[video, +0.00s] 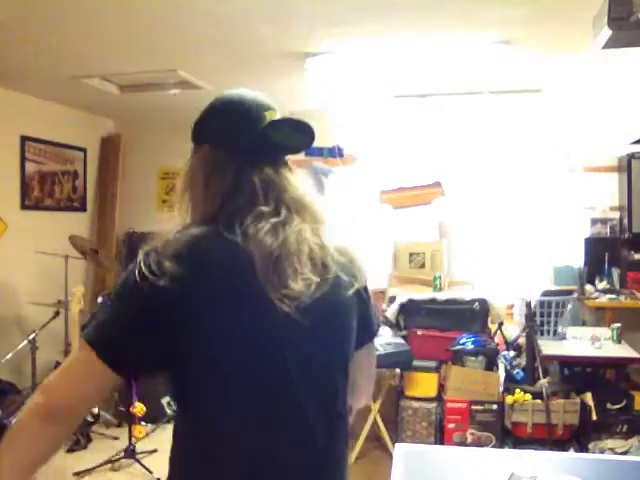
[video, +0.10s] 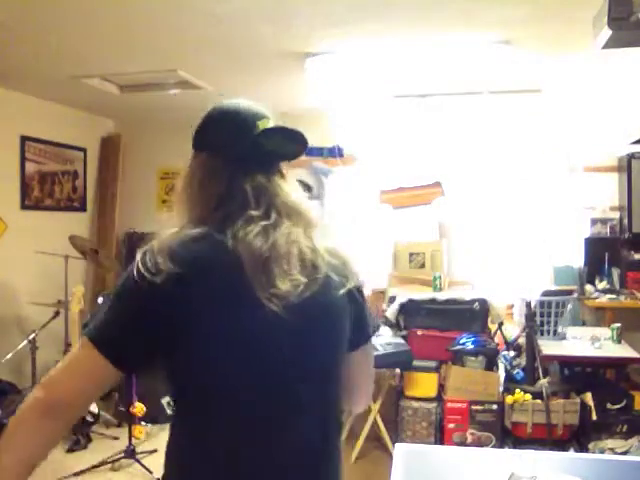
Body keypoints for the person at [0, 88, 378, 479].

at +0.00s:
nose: (188, 177)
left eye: (193, 164)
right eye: (190, 164)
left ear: (207, 169)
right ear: (286, 169)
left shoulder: (180, 266)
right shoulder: (342, 269)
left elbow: (57, 406)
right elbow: (360, 395)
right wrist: (320, 451)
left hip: (209, 467)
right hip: (318, 469)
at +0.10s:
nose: (181, 183)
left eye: (189, 169)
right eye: (185, 170)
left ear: (205, 174)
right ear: (280, 178)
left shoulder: (175, 266)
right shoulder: (334, 270)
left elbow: (56, 400)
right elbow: (358, 396)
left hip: (202, 471)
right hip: (311, 471)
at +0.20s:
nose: (177, 188)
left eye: (185, 175)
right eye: (182, 175)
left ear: (200, 181)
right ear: (272, 183)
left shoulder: (170, 267)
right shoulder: (326, 271)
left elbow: (62, 399)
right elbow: (356, 397)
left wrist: (11, 471)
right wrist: (292, 365)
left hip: (196, 473)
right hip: (304, 474)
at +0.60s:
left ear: (181, 186)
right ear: (250, 186)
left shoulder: (148, 275)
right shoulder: (293, 265)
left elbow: (77, 407)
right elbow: (338, 387)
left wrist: (70, 470)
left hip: (184, 467)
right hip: (281, 467)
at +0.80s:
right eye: (261, 174)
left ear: (193, 181)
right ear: (262, 181)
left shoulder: (155, 266)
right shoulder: (300, 262)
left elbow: (84, 389)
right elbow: (343, 384)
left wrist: (82, 448)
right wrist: (332, 318)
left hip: (190, 467)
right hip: (286, 467)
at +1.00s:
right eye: (289, 181)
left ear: (217, 186)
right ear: (290, 186)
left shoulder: (176, 268)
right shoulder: (321, 270)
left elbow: (99, 386)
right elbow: (366, 397)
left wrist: (93, 455)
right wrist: (365, 339)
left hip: (199, 469)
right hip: (297, 470)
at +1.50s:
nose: (318, 177)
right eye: (313, 167)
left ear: (228, 169)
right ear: (309, 175)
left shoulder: (178, 264)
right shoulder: (345, 276)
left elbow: (67, 392)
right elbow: (393, 420)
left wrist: (76, 450)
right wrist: (396, 347)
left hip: (195, 469)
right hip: (307, 470)